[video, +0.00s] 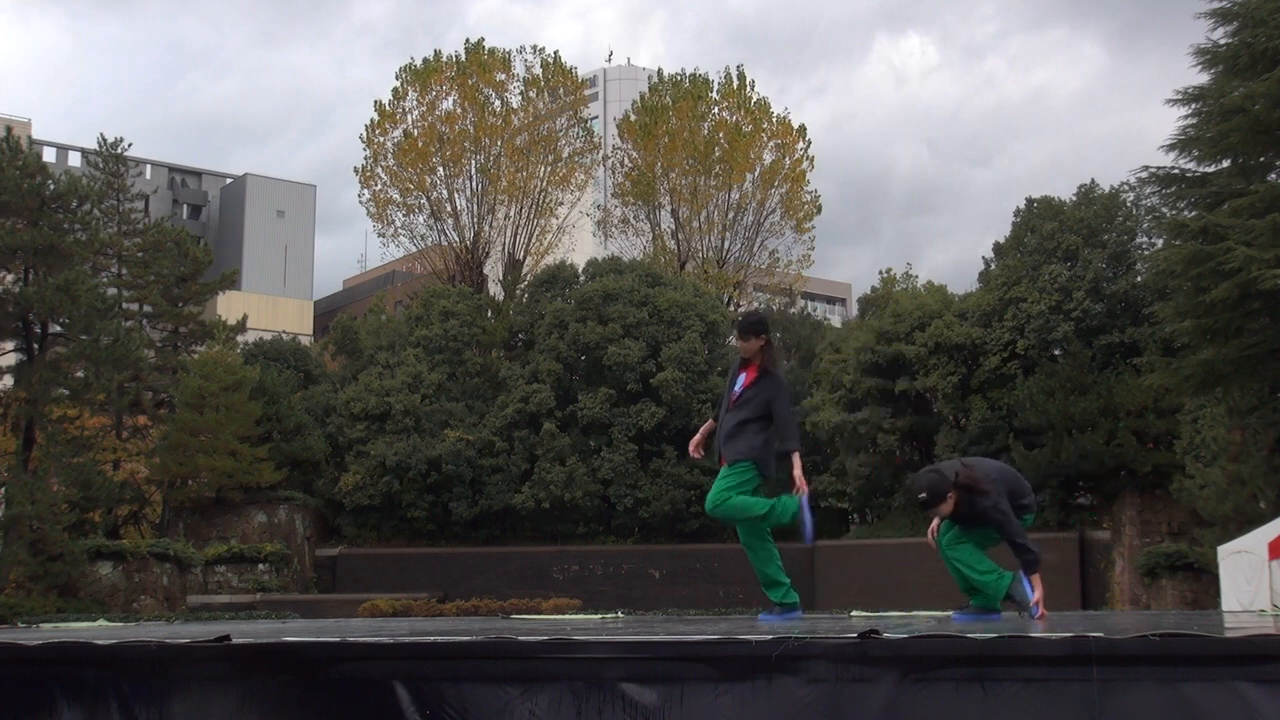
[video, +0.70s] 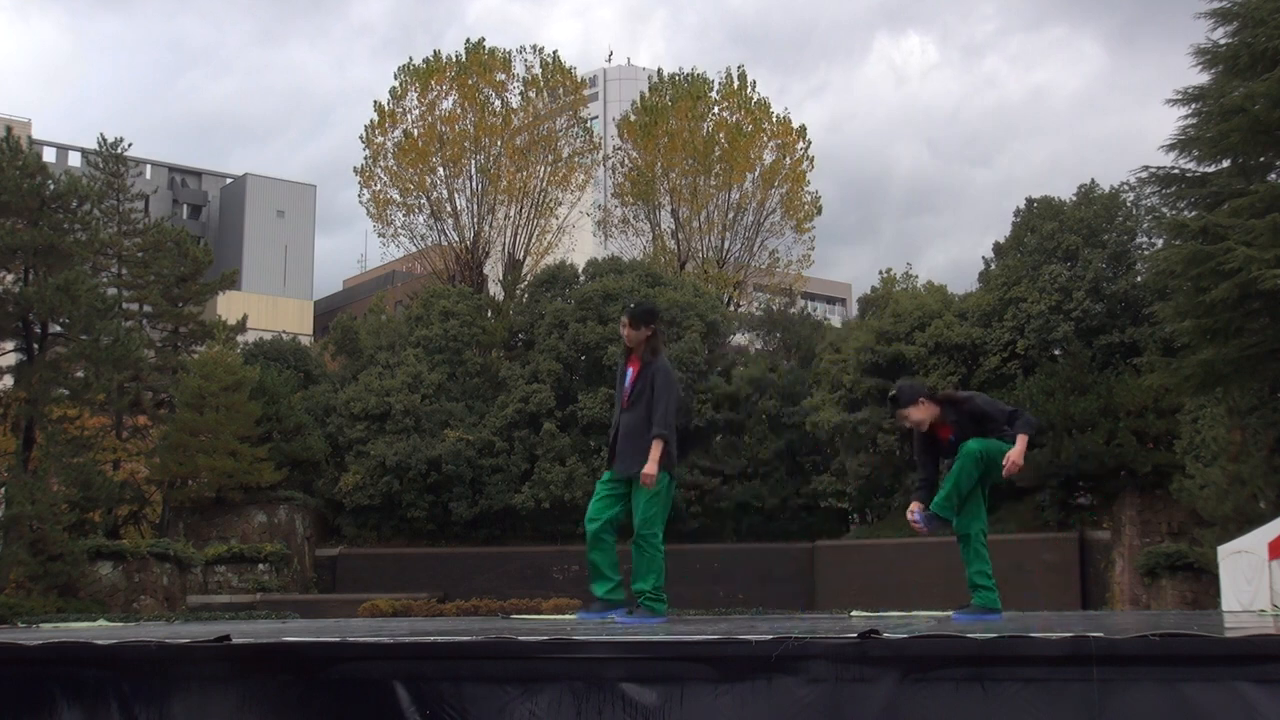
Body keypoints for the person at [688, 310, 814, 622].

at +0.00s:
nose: (739, 344)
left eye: (745, 340)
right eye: (738, 339)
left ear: (762, 341)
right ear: (739, 339)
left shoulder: (772, 378)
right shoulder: (738, 371)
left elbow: (788, 424)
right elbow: (728, 410)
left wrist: (797, 465)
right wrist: (704, 431)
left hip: (751, 458)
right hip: (735, 459)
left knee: (716, 503)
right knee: (752, 534)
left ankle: (792, 508)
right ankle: (786, 602)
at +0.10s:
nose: (724, 347)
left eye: (730, 342)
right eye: (723, 342)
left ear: (748, 342)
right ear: (725, 341)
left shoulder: (765, 381)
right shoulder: (724, 373)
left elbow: (777, 427)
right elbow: (707, 414)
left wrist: (770, 464)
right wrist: (684, 439)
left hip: (741, 461)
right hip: (722, 461)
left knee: (698, 505)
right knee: (750, 533)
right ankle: (786, 600)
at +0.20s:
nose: (708, 350)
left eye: (713, 345)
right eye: (707, 345)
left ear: (732, 344)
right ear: (712, 344)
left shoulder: (750, 381)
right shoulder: (709, 376)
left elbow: (756, 426)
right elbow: (689, 414)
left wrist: (745, 462)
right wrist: (666, 445)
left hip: (727, 466)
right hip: (711, 465)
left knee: (692, 523)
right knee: (744, 536)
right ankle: (785, 599)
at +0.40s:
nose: (666, 341)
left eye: (672, 336)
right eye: (667, 335)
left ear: (691, 340)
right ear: (678, 339)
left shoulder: (701, 380)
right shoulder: (674, 376)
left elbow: (710, 431)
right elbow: (666, 422)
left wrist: (708, 473)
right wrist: (646, 448)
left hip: (684, 472)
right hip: (674, 471)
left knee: (654, 533)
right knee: (701, 540)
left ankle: (651, 606)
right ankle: (758, 581)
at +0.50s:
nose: (651, 339)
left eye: (656, 334)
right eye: (650, 333)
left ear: (675, 337)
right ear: (655, 335)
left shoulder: (682, 372)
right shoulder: (659, 368)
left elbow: (692, 423)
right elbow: (657, 419)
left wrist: (692, 467)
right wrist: (641, 447)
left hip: (669, 465)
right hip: (655, 464)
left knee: (649, 533)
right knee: (655, 535)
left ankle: (651, 606)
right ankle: (717, 573)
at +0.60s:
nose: (637, 334)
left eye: (642, 330)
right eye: (636, 329)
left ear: (661, 333)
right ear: (639, 332)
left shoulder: (671, 371)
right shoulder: (643, 368)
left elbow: (678, 421)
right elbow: (641, 419)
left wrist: (672, 464)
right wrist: (632, 461)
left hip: (658, 469)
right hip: (635, 469)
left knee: (649, 533)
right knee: (617, 526)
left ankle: (651, 605)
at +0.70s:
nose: (624, 332)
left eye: (630, 327)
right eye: (623, 326)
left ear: (648, 331)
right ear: (624, 329)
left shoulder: (661, 369)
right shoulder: (627, 365)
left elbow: (663, 420)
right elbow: (623, 414)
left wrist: (653, 461)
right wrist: (616, 457)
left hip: (651, 465)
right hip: (621, 464)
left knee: (646, 533)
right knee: (596, 522)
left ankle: (652, 605)